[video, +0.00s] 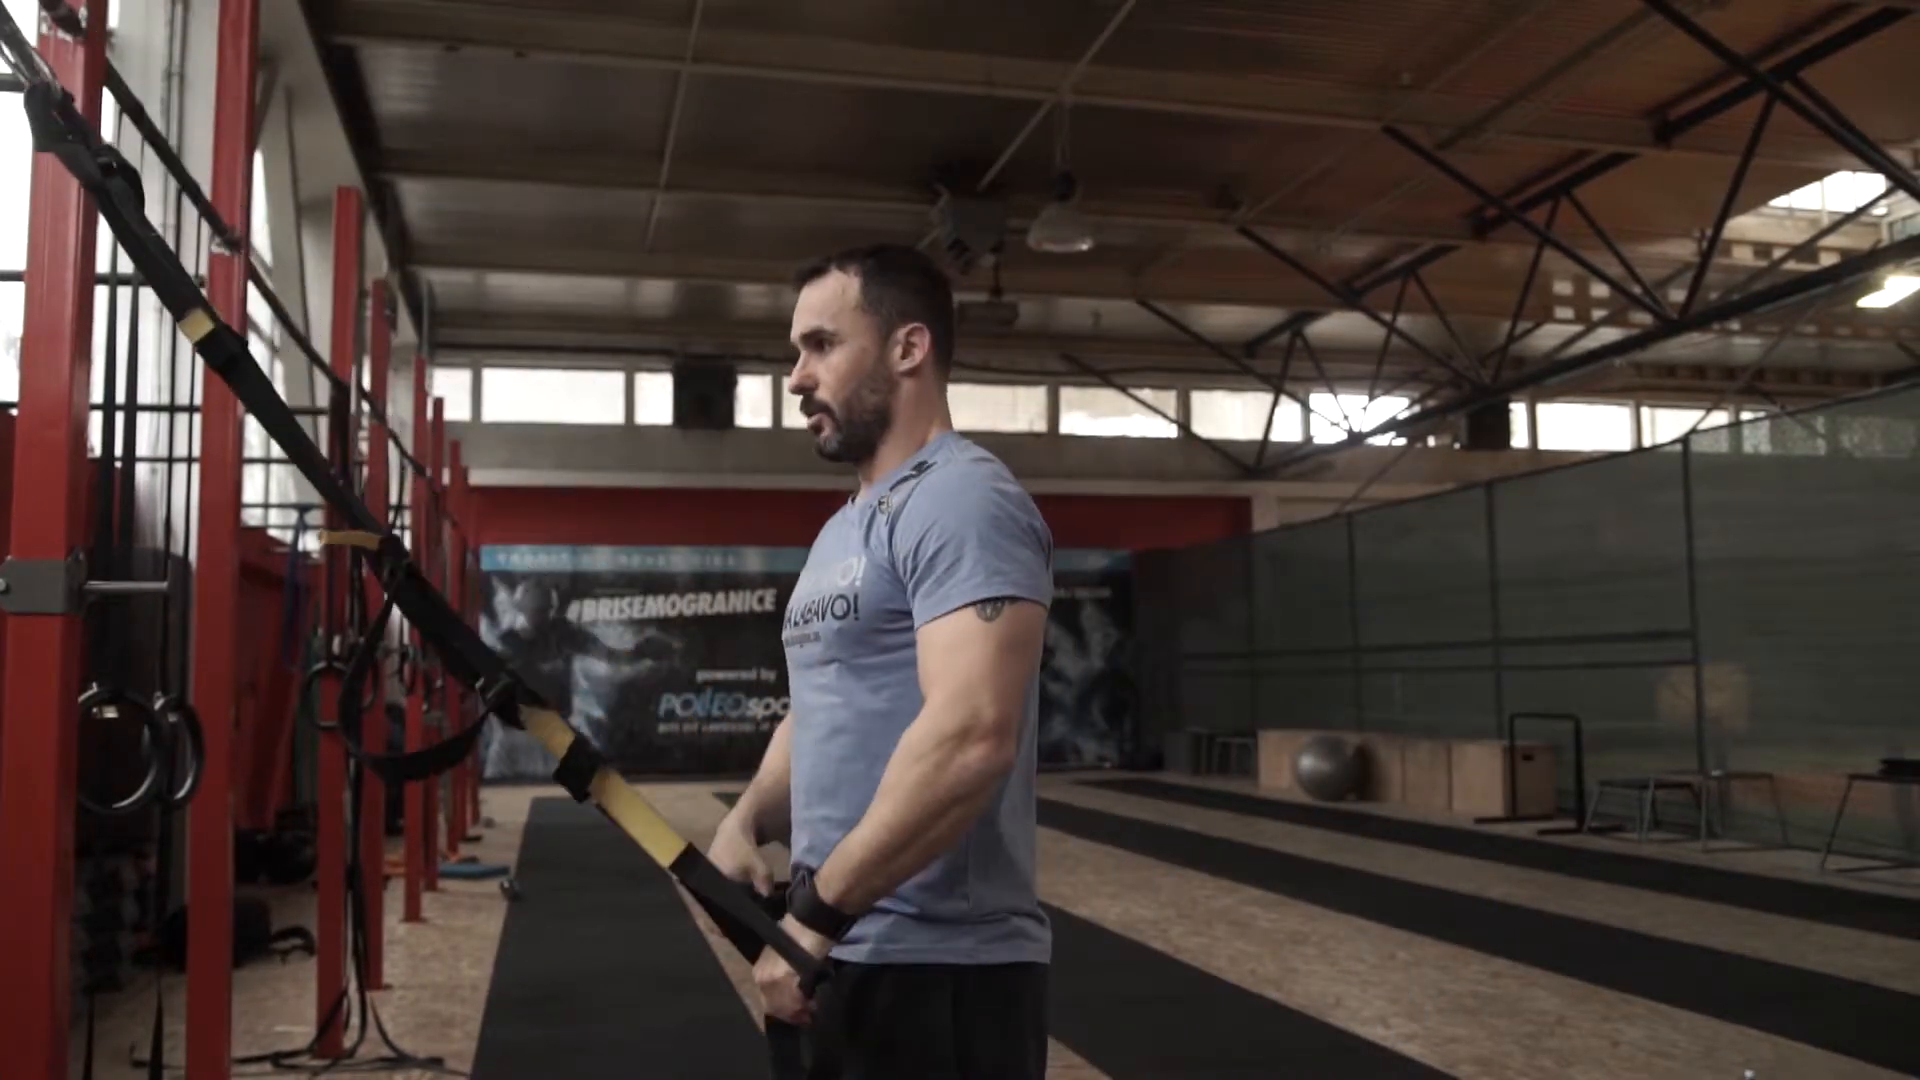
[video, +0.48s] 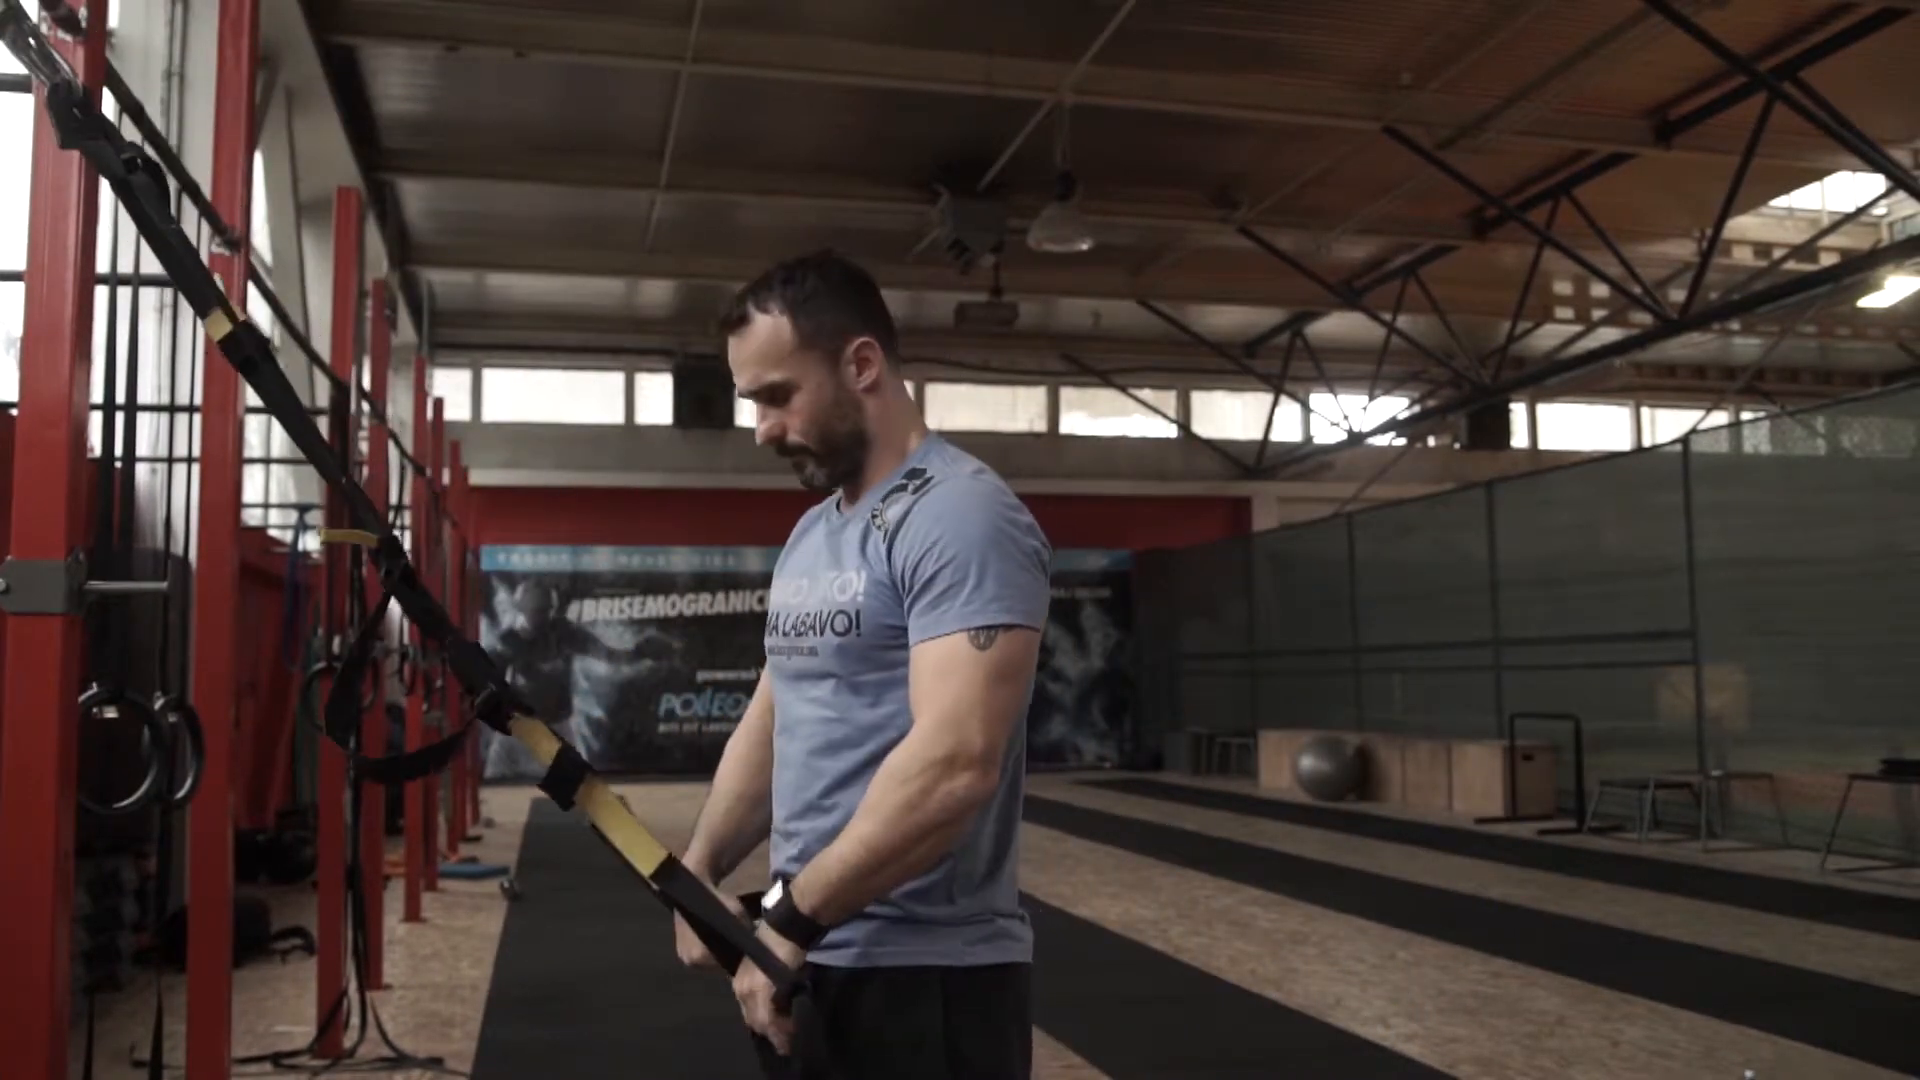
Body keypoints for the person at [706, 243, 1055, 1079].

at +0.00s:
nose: (797, 378)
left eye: (822, 344)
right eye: (797, 354)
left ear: (909, 347)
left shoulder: (965, 495)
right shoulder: (847, 526)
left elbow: (973, 737)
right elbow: (821, 705)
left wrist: (815, 912)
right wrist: (747, 821)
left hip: (941, 970)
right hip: (846, 960)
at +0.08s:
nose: (793, 378)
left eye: (817, 345)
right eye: (792, 354)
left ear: (905, 347)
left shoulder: (963, 496)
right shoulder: (842, 528)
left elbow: (961, 743)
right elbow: (814, 712)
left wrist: (803, 917)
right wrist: (736, 826)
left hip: (939, 970)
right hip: (843, 961)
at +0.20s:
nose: (783, 389)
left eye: (806, 355)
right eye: (780, 364)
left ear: (894, 349)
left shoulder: (962, 504)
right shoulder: (830, 535)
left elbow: (951, 754)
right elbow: (795, 716)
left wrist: (795, 924)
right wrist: (719, 839)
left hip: (941, 972)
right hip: (835, 963)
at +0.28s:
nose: (778, 401)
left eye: (798, 367)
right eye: (772, 374)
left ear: (885, 352)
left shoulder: (963, 509)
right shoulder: (825, 536)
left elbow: (952, 761)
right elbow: (784, 716)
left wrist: (796, 922)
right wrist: (710, 848)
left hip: (939, 973)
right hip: (830, 963)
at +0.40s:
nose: (767, 419)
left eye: (784, 386)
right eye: (759, 392)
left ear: (872, 359)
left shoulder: (964, 511)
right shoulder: (817, 535)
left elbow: (957, 762)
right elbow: (777, 713)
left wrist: (794, 921)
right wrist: (702, 859)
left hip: (936, 973)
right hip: (824, 963)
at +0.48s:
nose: (761, 429)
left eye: (778, 395)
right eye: (752, 402)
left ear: (863, 366)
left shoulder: (966, 515)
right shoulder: (812, 534)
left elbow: (959, 761)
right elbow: (772, 716)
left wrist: (789, 917)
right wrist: (701, 866)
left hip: (932, 973)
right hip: (816, 964)